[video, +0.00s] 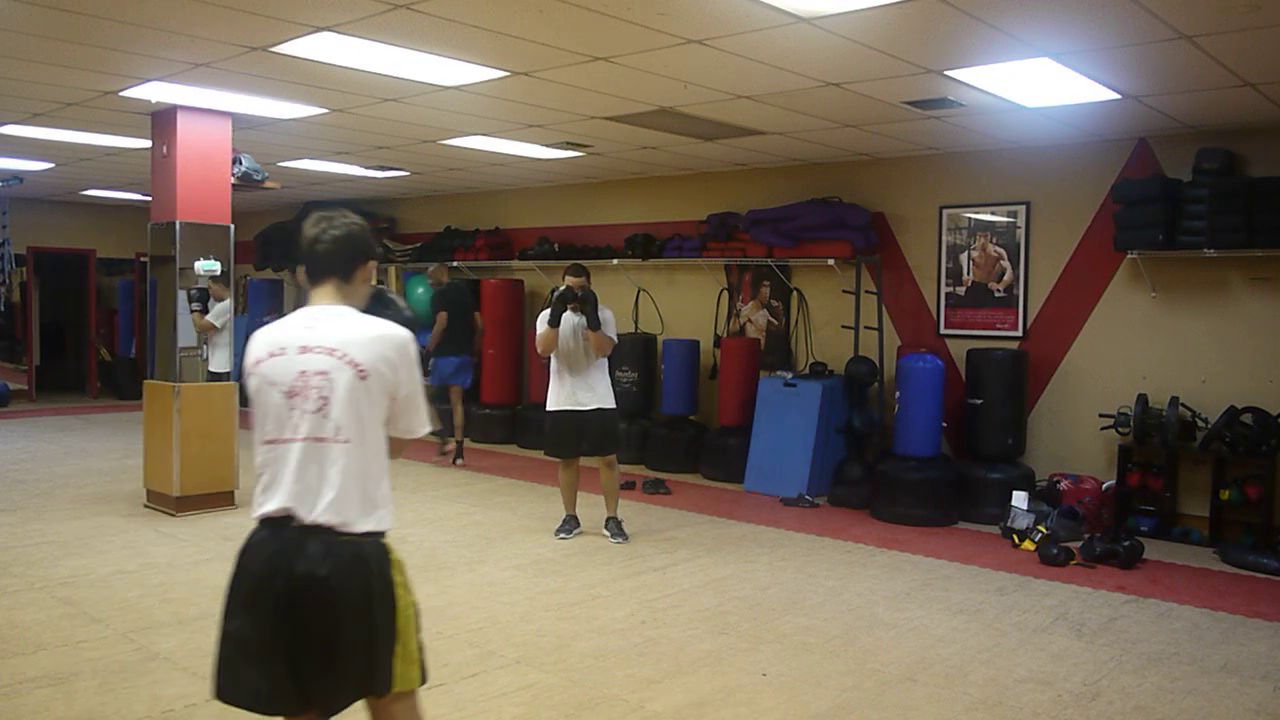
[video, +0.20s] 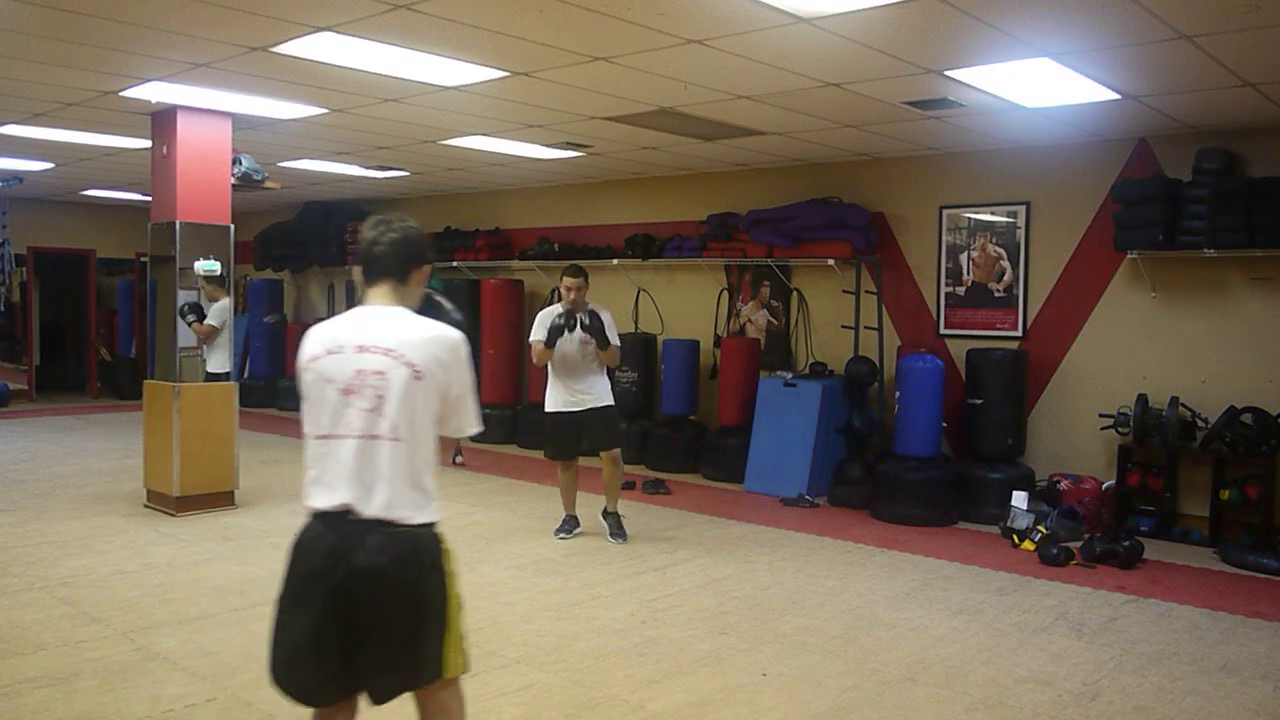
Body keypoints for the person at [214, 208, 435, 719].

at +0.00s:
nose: (374, 277)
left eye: (372, 267)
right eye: (373, 267)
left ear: (302, 272)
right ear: (366, 268)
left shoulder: (260, 343)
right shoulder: (392, 342)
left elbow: (266, 432)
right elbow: (399, 441)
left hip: (271, 554)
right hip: (356, 560)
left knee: (299, 707)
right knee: (394, 702)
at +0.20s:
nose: (427, 281)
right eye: (426, 272)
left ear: (358, 273)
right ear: (421, 273)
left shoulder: (315, 340)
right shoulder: (444, 342)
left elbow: (319, 432)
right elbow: (445, 448)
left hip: (323, 548)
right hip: (407, 551)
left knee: (332, 701)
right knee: (438, 690)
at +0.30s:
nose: (453, 277)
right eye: (453, 269)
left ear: (388, 273)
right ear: (447, 272)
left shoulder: (346, 339)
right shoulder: (475, 341)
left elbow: (336, 431)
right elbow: (483, 448)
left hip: (358, 545)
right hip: (440, 548)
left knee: (361, 694)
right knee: (459, 691)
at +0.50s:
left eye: (432, 271)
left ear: (433, 277)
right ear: (494, 277)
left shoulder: (398, 338)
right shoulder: (523, 341)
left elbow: (387, 435)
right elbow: (546, 443)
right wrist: (488, 425)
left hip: (414, 539)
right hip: (493, 541)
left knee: (408, 673)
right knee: (483, 685)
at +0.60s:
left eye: (449, 274)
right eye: (514, 275)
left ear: (449, 281)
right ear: (512, 280)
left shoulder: (416, 342)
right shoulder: (540, 343)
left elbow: (412, 443)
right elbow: (567, 444)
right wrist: (516, 419)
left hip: (430, 536)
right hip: (508, 541)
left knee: (430, 662)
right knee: (490, 682)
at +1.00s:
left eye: (482, 291)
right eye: (542, 286)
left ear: (482, 295)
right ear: (537, 289)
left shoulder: (461, 349)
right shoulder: (571, 345)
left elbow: (453, 435)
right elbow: (607, 432)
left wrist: (506, 426)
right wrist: (553, 418)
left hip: (481, 518)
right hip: (549, 519)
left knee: (495, 645)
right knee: (550, 646)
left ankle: (491, 719)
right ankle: (536, 715)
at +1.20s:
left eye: (504, 286)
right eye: (562, 280)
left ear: (509, 287)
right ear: (558, 284)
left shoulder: (489, 337)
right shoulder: (591, 332)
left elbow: (476, 413)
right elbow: (637, 402)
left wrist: (529, 410)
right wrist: (584, 396)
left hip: (507, 503)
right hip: (575, 505)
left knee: (506, 634)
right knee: (605, 633)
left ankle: (492, 718)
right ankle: (595, 716)